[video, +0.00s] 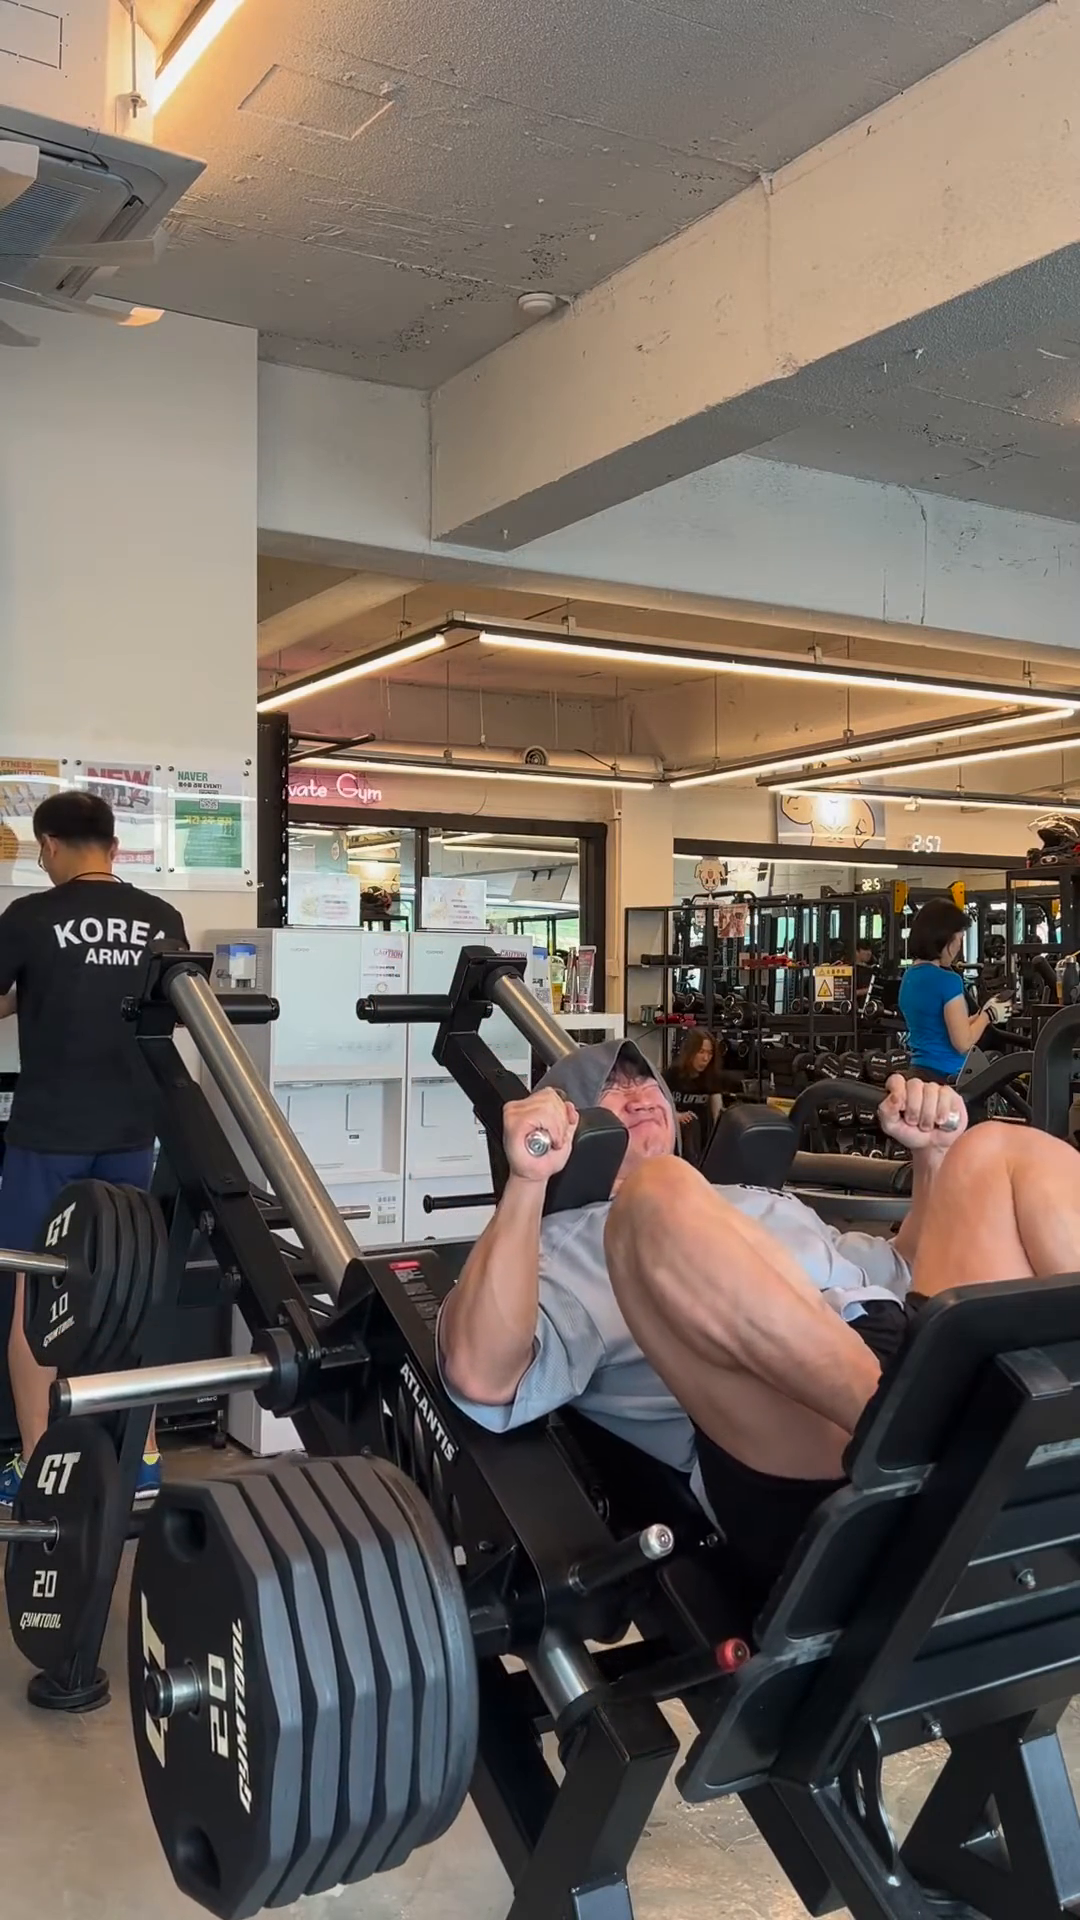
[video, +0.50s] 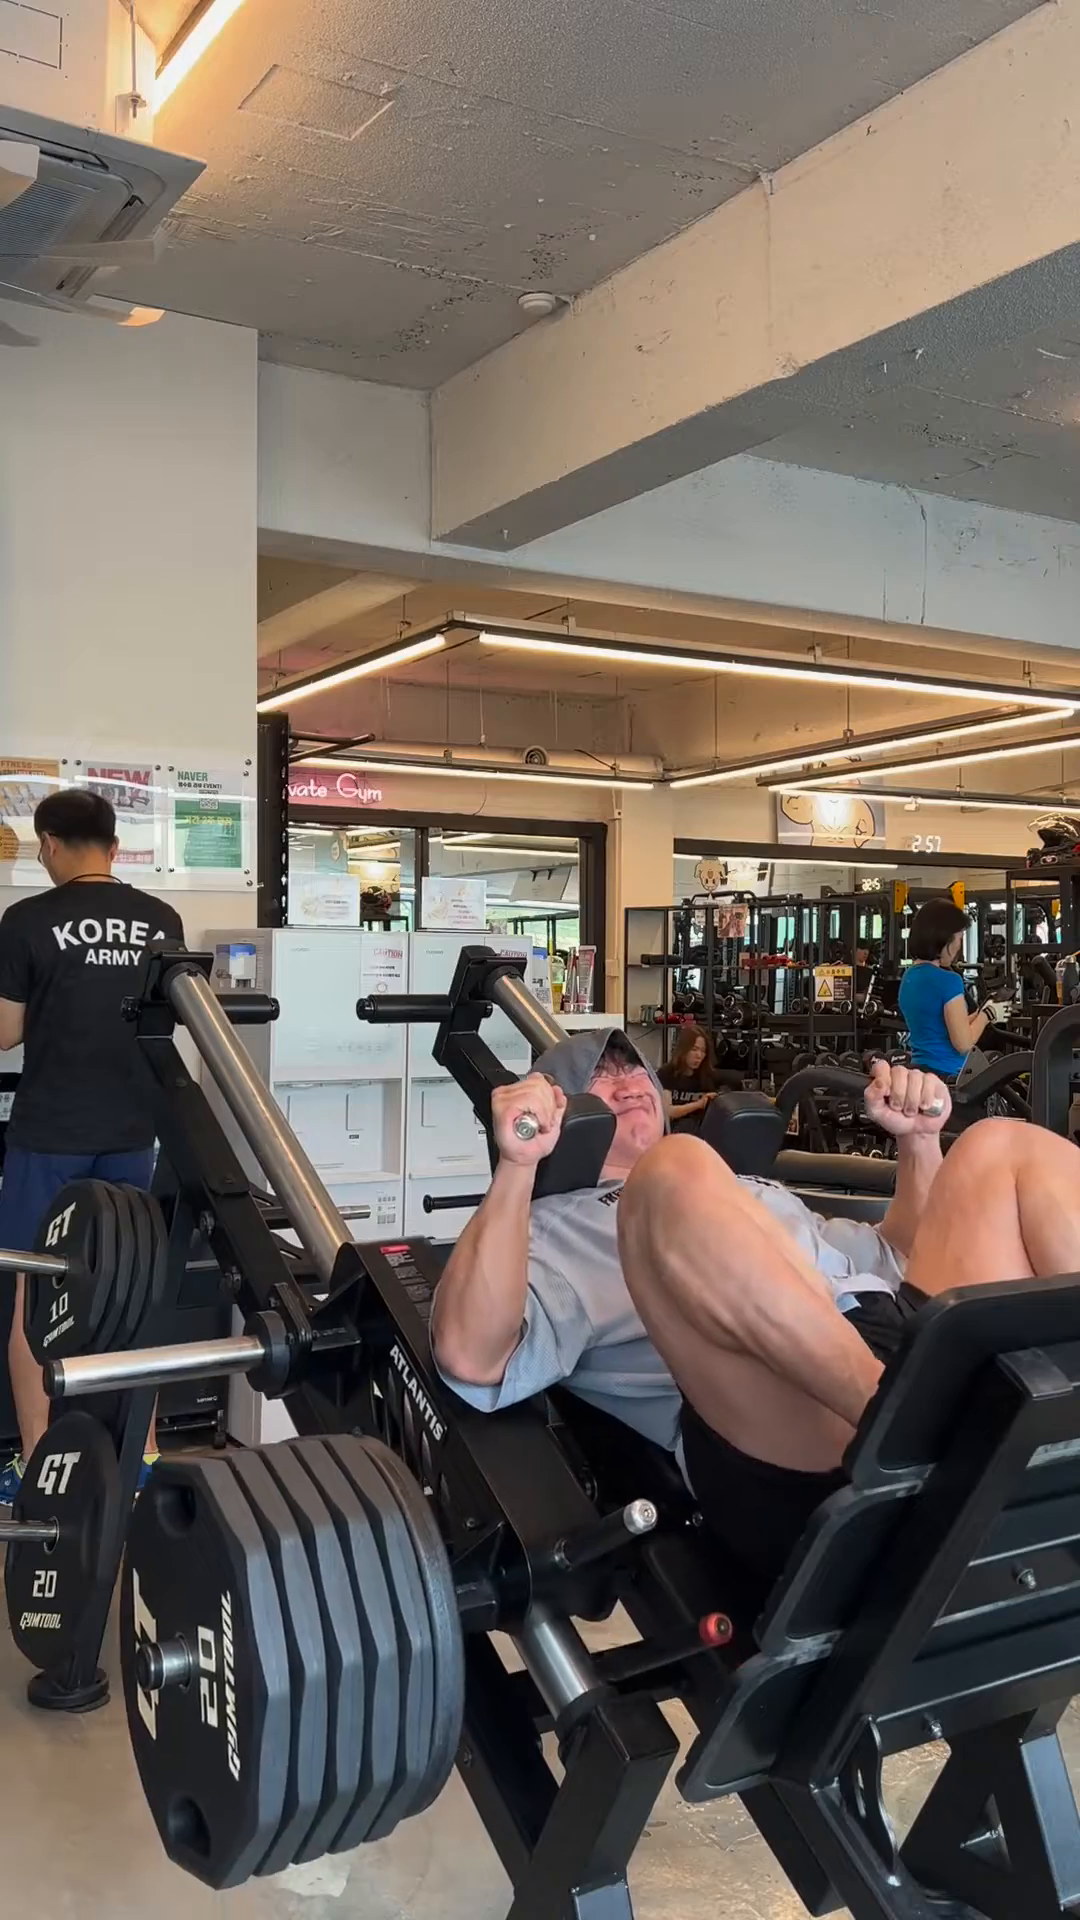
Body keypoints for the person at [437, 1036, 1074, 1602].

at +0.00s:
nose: (635, 1096)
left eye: (641, 1079)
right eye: (605, 1090)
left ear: (668, 1102)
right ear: (567, 1129)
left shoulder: (765, 1205)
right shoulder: (562, 1250)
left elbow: (910, 1280)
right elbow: (480, 1376)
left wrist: (932, 1163)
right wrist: (525, 1186)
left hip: (928, 1389)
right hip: (788, 1479)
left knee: (1002, 1150)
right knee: (655, 1192)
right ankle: (895, 1424)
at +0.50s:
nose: (628, 1081)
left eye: (633, 1065)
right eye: (597, 1074)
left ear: (657, 1093)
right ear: (554, 1113)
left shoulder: (745, 1188)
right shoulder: (551, 1237)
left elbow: (898, 1266)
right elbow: (469, 1358)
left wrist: (917, 1147)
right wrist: (515, 1171)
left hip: (925, 1381)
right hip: (785, 1474)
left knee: (1005, 1146)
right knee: (672, 1173)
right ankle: (894, 1415)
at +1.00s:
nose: (578, 1024)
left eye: (585, 1011)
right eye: (550, 1014)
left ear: (607, 1044)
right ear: (503, 1054)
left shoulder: (666, 1131)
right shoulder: (504, 1166)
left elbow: (850, 1207)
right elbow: (417, 1270)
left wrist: (848, 1083)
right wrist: (464, 1092)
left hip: (864, 1381)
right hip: (713, 1430)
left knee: (990, 1133)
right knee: (692, 1138)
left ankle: (1071, 1380)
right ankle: (892, 1403)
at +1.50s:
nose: (516, 958)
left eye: (526, 948)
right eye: (493, 951)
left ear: (552, 974)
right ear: (460, 992)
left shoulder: (624, 1057)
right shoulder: (442, 1078)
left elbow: (774, 1135)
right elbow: (358, 1170)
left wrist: (774, 1009)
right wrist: (399, 1011)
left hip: (776, 1253)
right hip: (623, 1308)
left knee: (976, 1149)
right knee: (667, 1166)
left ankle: (1072, 1382)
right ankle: (896, 1424)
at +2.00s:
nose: (469, 891)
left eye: (479, 887)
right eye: (449, 886)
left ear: (503, 921)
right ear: (416, 926)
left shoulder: (571, 989)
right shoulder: (399, 1015)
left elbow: (713, 1070)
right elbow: (314, 1096)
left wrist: (716, 951)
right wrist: (350, 948)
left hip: (699, 1148)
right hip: (564, 1166)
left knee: (864, 1222)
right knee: (698, 1264)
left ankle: (1054, 1349)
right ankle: (902, 1438)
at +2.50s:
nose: (473, 895)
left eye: (483, 892)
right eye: (453, 891)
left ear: (508, 925)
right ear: (425, 931)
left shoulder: (577, 994)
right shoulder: (406, 1016)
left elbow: (716, 1075)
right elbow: (317, 1103)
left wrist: (720, 955)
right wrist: (354, 952)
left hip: (693, 1150)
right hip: (562, 1169)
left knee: (868, 1218)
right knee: (700, 1268)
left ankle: (1055, 1351)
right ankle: (902, 1434)